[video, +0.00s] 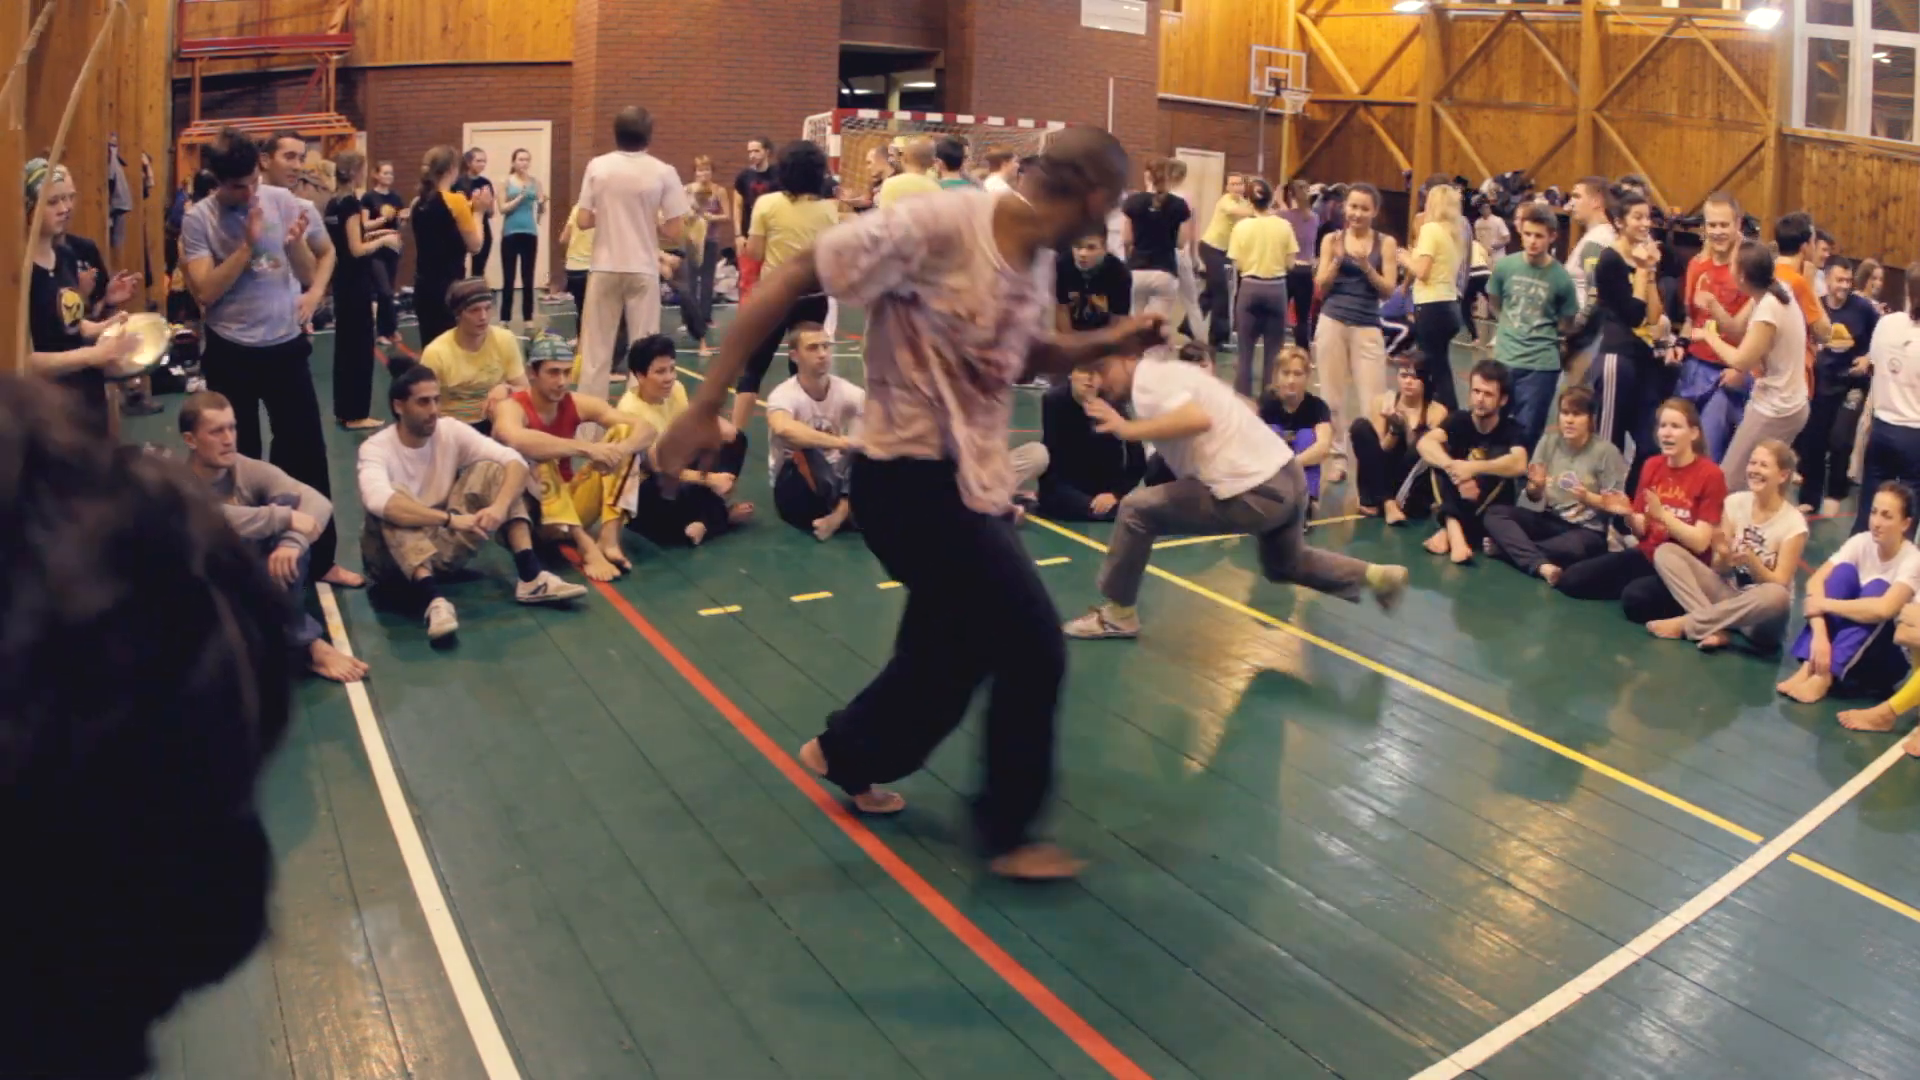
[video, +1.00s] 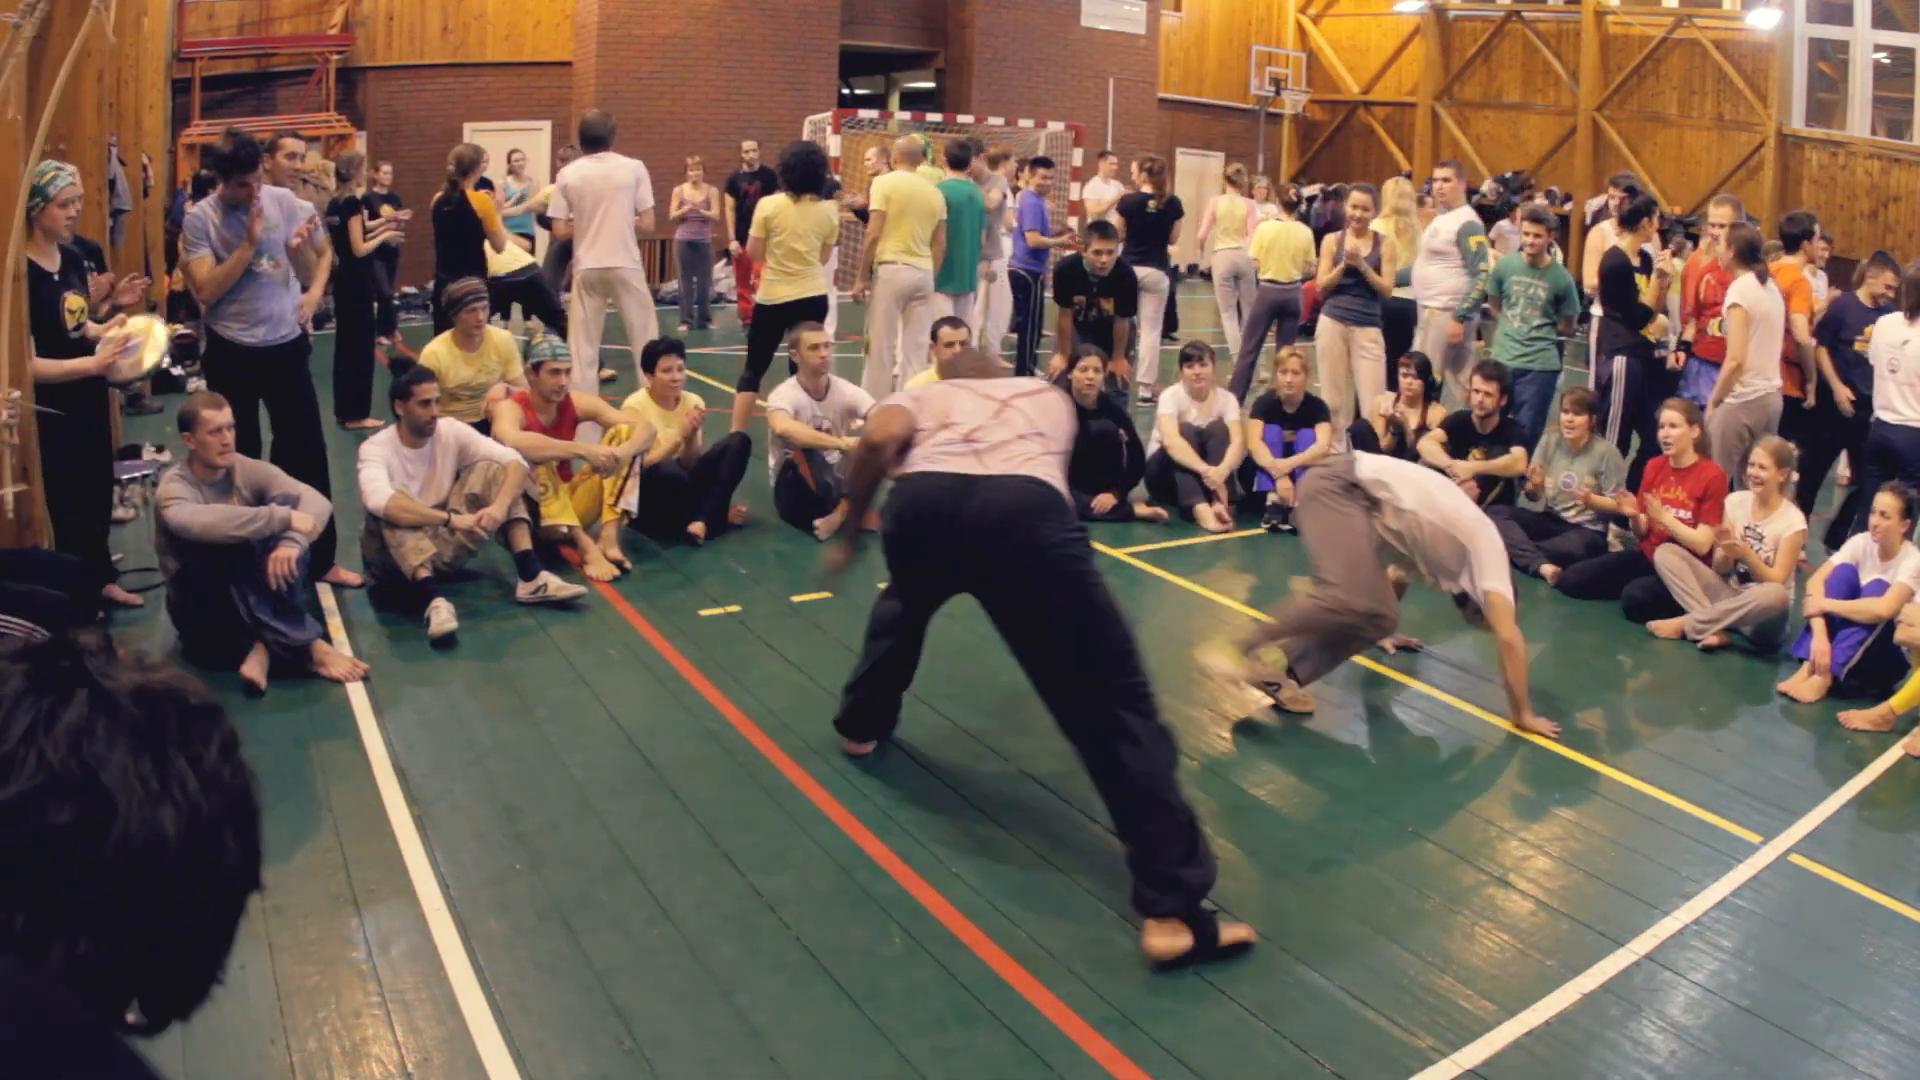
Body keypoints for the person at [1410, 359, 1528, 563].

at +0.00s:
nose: (1480, 399)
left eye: (1488, 394)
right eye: (1476, 392)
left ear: (1503, 400)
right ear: (1469, 393)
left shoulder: (1511, 428)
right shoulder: (1458, 419)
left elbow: (1519, 464)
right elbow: (1425, 444)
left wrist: (1472, 467)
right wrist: (1458, 474)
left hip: (1493, 508)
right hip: (1454, 502)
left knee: (1500, 459)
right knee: (1437, 459)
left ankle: (1448, 529)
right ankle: (1454, 529)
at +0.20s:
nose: (1480, 400)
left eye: (1488, 394)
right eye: (1476, 392)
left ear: (1503, 400)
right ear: (1470, 392)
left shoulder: (1510, 428)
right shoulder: (1459, 419)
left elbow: (1519, 465)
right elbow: (1425, 444)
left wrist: (1472, 468)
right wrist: (1458, 473)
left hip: (1492, 509)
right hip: (1454, 501)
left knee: (1502, 459)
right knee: (1438, 460)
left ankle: (1449, 529)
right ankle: (1454, 530)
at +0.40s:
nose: (1480, 399)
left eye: (1488, 395)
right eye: (1476, 392)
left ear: (1503, 400)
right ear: (1469, 392)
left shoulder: (1511, 429)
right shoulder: (1459, 419)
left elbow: (1519, 464)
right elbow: (1425, 444)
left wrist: (1472, 467)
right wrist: (1458, 474)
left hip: (1492, 508)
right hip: (1454, 501)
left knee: (1501, 460)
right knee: (1437, 458)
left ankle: (1448, 529)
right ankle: (1454, 529)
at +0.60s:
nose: (1480, 399)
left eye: (1488, 394)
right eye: (1476, 392)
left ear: (1503, 400)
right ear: (1469, 393)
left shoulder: (1511, 429)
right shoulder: (1459, 419)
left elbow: (1519, 465)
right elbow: (1425, 444)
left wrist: (1472, 467)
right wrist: (1458, 474)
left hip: (1492, 508)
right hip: (1454, 502)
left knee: (1501, 459)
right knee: (1437, 459)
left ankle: (1448, 529)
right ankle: (1454, 530)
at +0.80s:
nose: (1480, 400)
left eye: (1488, 395)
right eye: (1476, 392)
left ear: (1503, 400)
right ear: (1470, 392)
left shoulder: (1511, 428)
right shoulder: (1456, 421)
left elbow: (1519, 464)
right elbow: (1433, 448)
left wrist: (1474, 471)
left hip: (1496, 493)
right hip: (1457, 486)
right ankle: (1457, 537)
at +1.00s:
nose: (1479, 399)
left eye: (1488, 395)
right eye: (1476, 392)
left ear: (1503, 400)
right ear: (1469, 393)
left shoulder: (1511, 429)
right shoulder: (1458, 419)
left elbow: (1518, 464)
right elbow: (1425, 444)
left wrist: (1471, 467)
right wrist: (1454, 469)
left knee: (1500, 455)